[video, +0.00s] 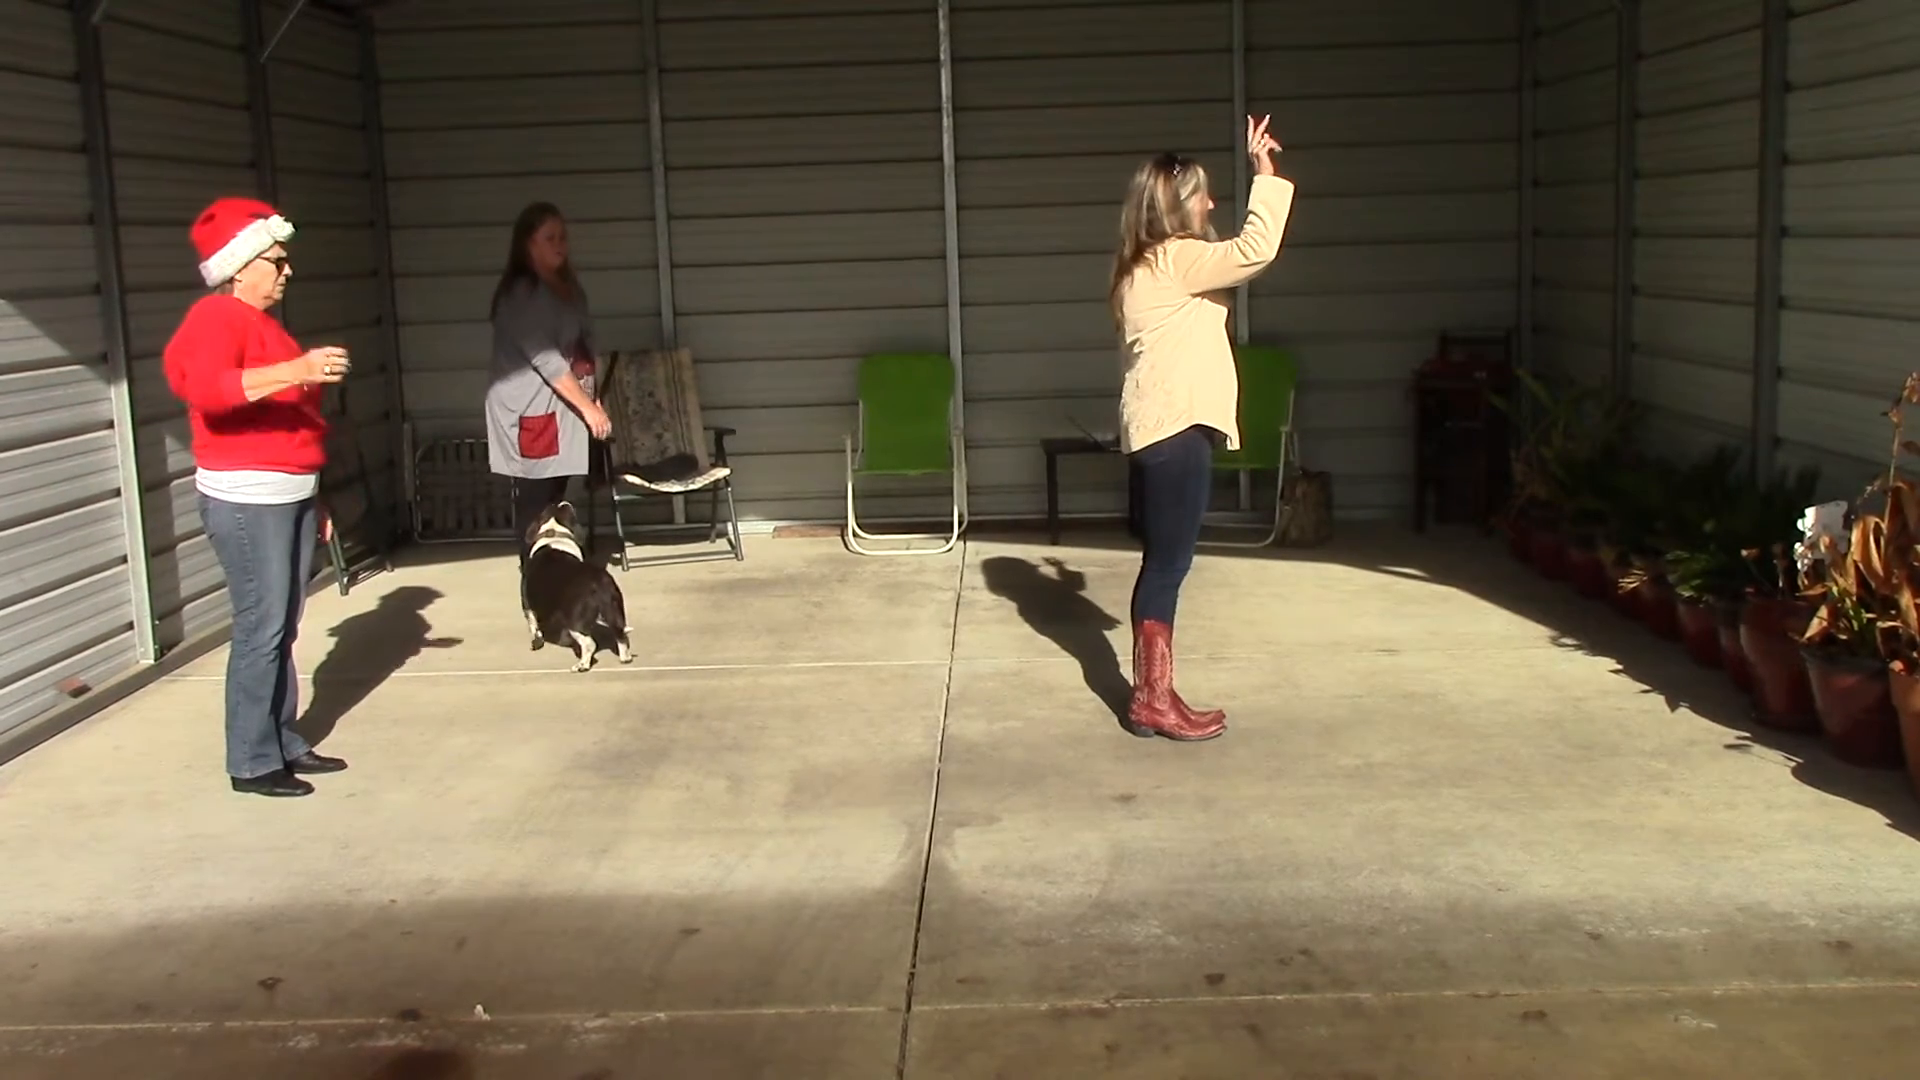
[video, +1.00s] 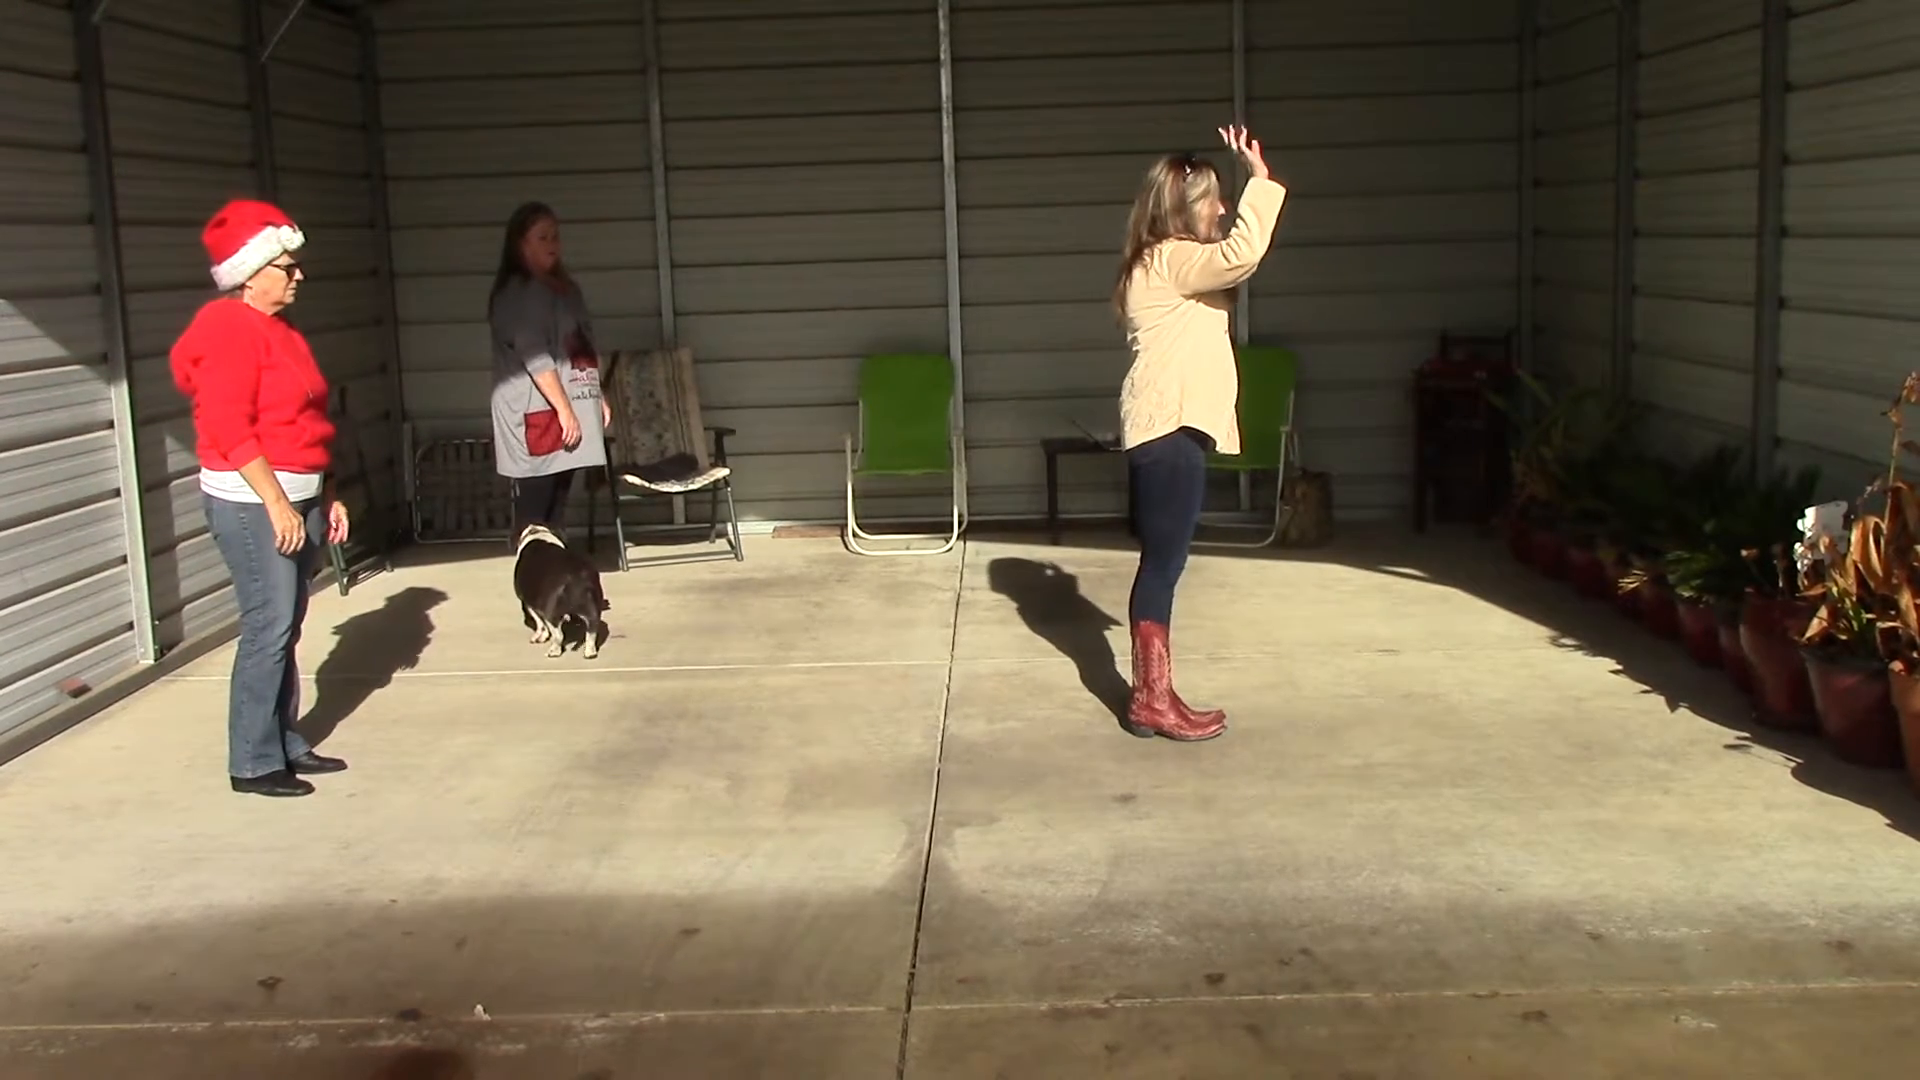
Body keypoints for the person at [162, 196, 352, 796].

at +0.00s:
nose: (287, 273)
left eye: (286, 263)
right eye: (278, 263)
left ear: (249, 268)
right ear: (243, 266)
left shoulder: (266, 326)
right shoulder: (212, 317)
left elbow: (291, 422)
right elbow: (207, 389)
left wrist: (314, 500)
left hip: (290, 492)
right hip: (246, 496)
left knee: (281, 628)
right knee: (260, 629)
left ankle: (281, 743)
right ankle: (250, 762)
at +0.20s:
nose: (290, 273)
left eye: (289, 263)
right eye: (280, 263)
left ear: (253, 270)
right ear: (245, 269)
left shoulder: (263, 324)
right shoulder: (223, 323)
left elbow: (267, 417)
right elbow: (208, 418)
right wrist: (230, 503)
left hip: (291, 494)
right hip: (254, 497)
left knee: (281, 628)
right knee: (262, 629)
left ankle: (282, 743)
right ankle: (251, 762)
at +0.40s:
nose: (290, 275)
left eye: (288, 265)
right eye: (278, 266)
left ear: (255, 272)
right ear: (243, 272)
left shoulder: (273, 327)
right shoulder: (216, 326)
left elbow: (289, 417)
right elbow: (202, 421)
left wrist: (311, 495)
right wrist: (238, 500)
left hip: (295, 494)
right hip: (251, 498)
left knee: (283, 625)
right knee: (270, 625)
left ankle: (284, 743)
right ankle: (252, 763)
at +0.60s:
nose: (290, 275)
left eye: (289, 265)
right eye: (279, 266)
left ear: (258, 271)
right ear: (243, 272)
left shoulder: (276, 329)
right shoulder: (220, 327)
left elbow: (299, 419)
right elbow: (216, 430)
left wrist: (327, 490)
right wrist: (269, 498)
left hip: (287, 496)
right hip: (242, 498)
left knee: (281, 625)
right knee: (267, 625)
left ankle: (283, 743)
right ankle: (252, 762)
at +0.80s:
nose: (294, 275)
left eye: (292, 266)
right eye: (283, 267)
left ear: (260, 273)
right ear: (247, 274)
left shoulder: (273, 329)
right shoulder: (225, 328)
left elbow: (296, 418)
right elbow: (224, 430)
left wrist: (330, 484)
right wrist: (277, 496)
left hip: (286, 495)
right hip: (245, 498)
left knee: (282, 626)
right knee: (266, 627)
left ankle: (281, 744)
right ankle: (251, 763)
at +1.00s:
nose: (298, 277)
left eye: (297, 267)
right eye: (287, 268)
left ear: (260, 274)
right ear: (250, 274)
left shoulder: (274, 329)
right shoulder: (227, 329)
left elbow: (296, 421)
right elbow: (228, 430)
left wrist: (324, 494)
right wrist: (276, 502)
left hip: (291, 496)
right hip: (248, 499)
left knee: (284, 626)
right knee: (268, 626)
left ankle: (282, 743)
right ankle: (252, 762)